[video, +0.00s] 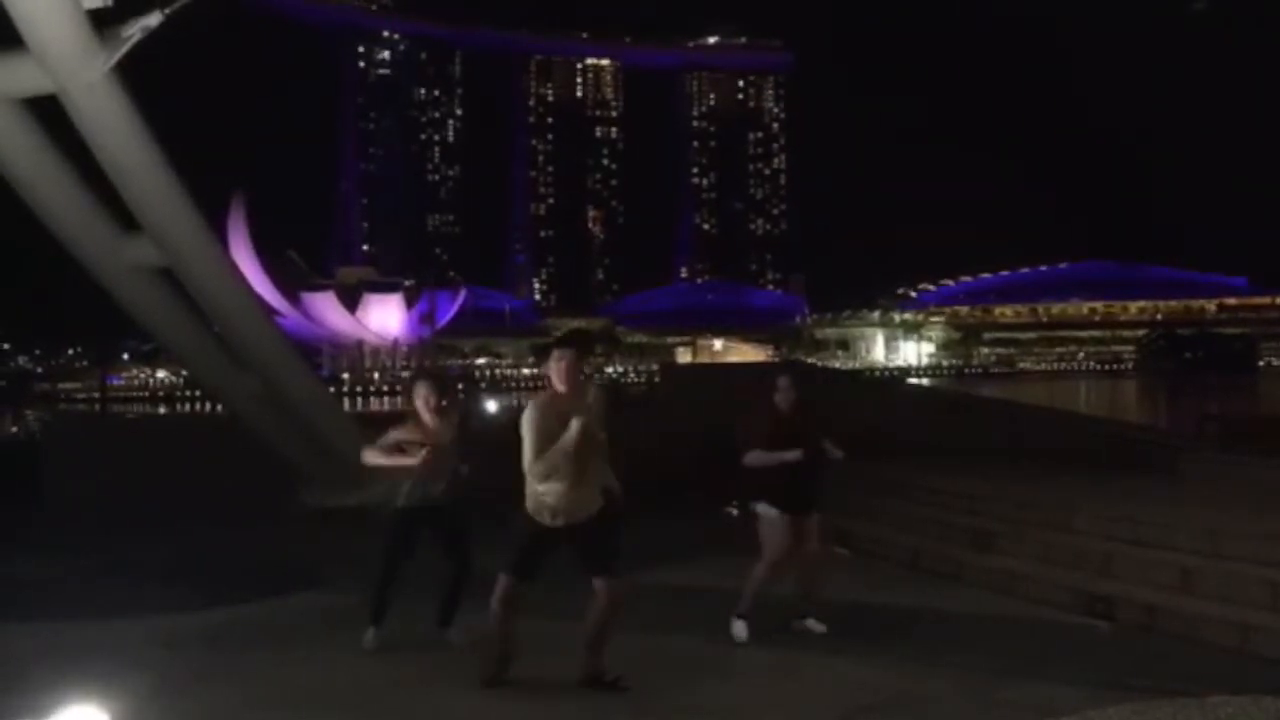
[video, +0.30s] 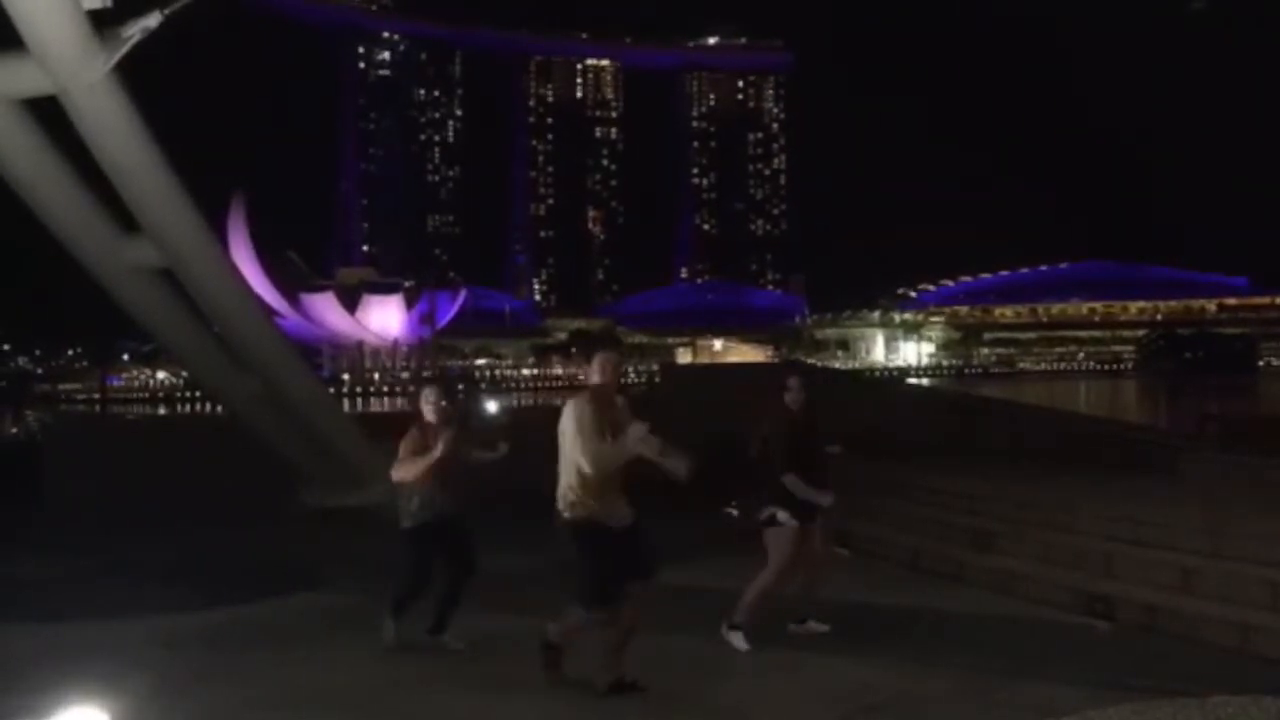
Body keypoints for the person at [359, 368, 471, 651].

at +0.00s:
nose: (429, 403)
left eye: (433, 396)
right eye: (422, 397)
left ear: (443, 399)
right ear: (413, 402)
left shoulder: (454, 429)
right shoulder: (407, 431)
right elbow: (368, 455)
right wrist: (410, 461)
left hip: (445, 504)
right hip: (410, 505)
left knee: (460, 564)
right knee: (392, 562)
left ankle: (445, 624)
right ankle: (375, 624)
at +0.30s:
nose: (435, 408)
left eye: (440, 402)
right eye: (429, 403)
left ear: (449, 405)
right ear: (420, 406)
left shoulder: (451, 433)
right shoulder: (416, 435)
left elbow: (470, 454)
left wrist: (496, 453)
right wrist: (436, 453)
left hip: (449, 513)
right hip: (418, 517)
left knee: (462, 568)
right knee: (419, 571)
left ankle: (438, 628)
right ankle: (393, 615)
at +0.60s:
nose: (437, 416)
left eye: (441, 410)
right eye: (431, 411)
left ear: (448, 414)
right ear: (421, 415)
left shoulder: (447, 442)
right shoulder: (413, 441)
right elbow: (374, 427)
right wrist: (405, 437)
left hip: (439, 517)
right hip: (412, 519)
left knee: (462, 568)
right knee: (412, 581)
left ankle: (439, 630)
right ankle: (391, 653)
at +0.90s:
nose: (466, 401)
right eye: (466, 396)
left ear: (431, 391)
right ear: (456, 397)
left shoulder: (410, 420)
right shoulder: (453, 428)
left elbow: (377, 440)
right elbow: (486, 462)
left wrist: (364, 435)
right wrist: (488, 434)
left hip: (413, 507)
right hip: (442, 512)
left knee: (435, 566)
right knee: (460, 564)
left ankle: (436, 619)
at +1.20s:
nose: (412, 412)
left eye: (416, 405)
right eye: (412, 404)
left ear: (426, 405)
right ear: (441, 400)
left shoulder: (432, 431)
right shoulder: (451, 425)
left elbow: (431, 475)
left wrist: (411, 495)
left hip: (443, 519)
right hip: (461, 517)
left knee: (434, 577)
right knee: (472, 573)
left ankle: (467, 635)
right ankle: (499, 630)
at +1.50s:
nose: (387, 431)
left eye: (391, 424)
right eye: (387, 424)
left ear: (407, 424)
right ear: (415, 424)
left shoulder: (411, 455)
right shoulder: (434, 449)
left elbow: (397, 504)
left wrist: (403, 527)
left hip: (433, 527)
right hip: (453, 525)